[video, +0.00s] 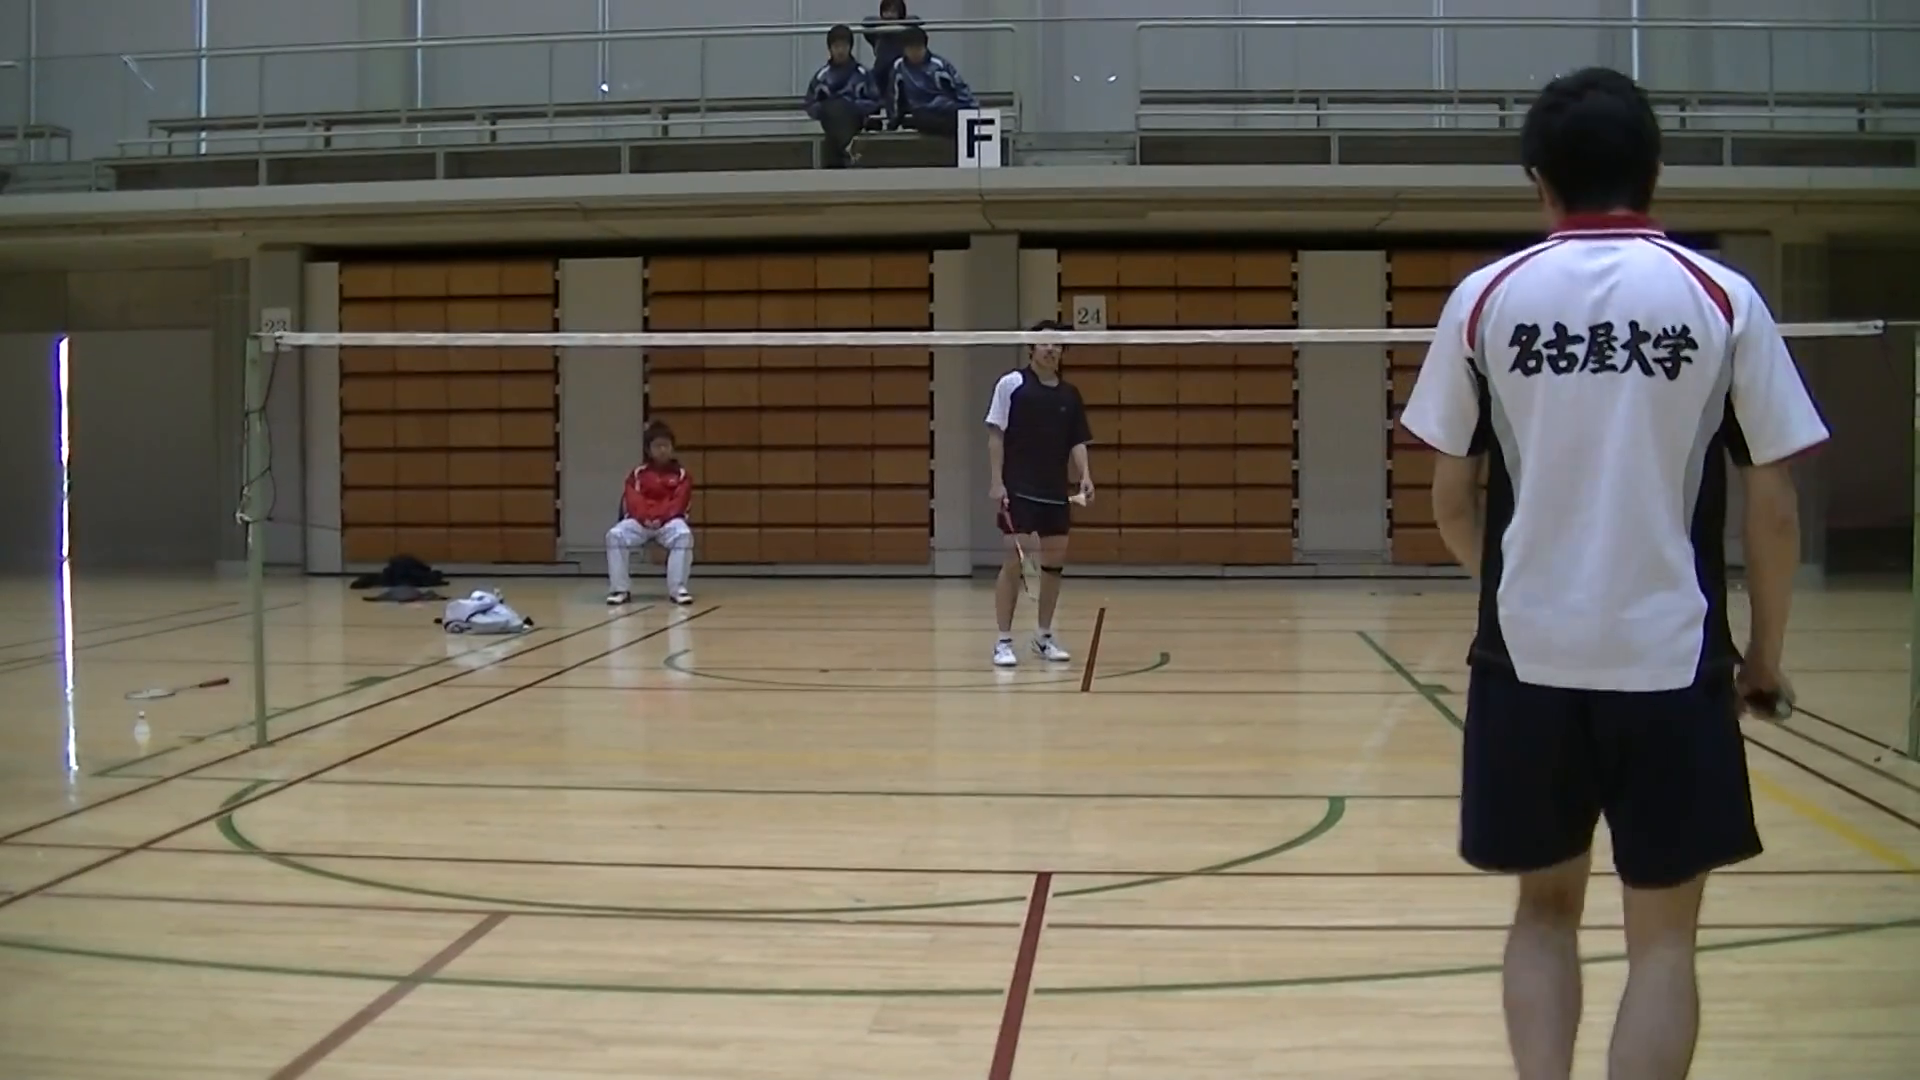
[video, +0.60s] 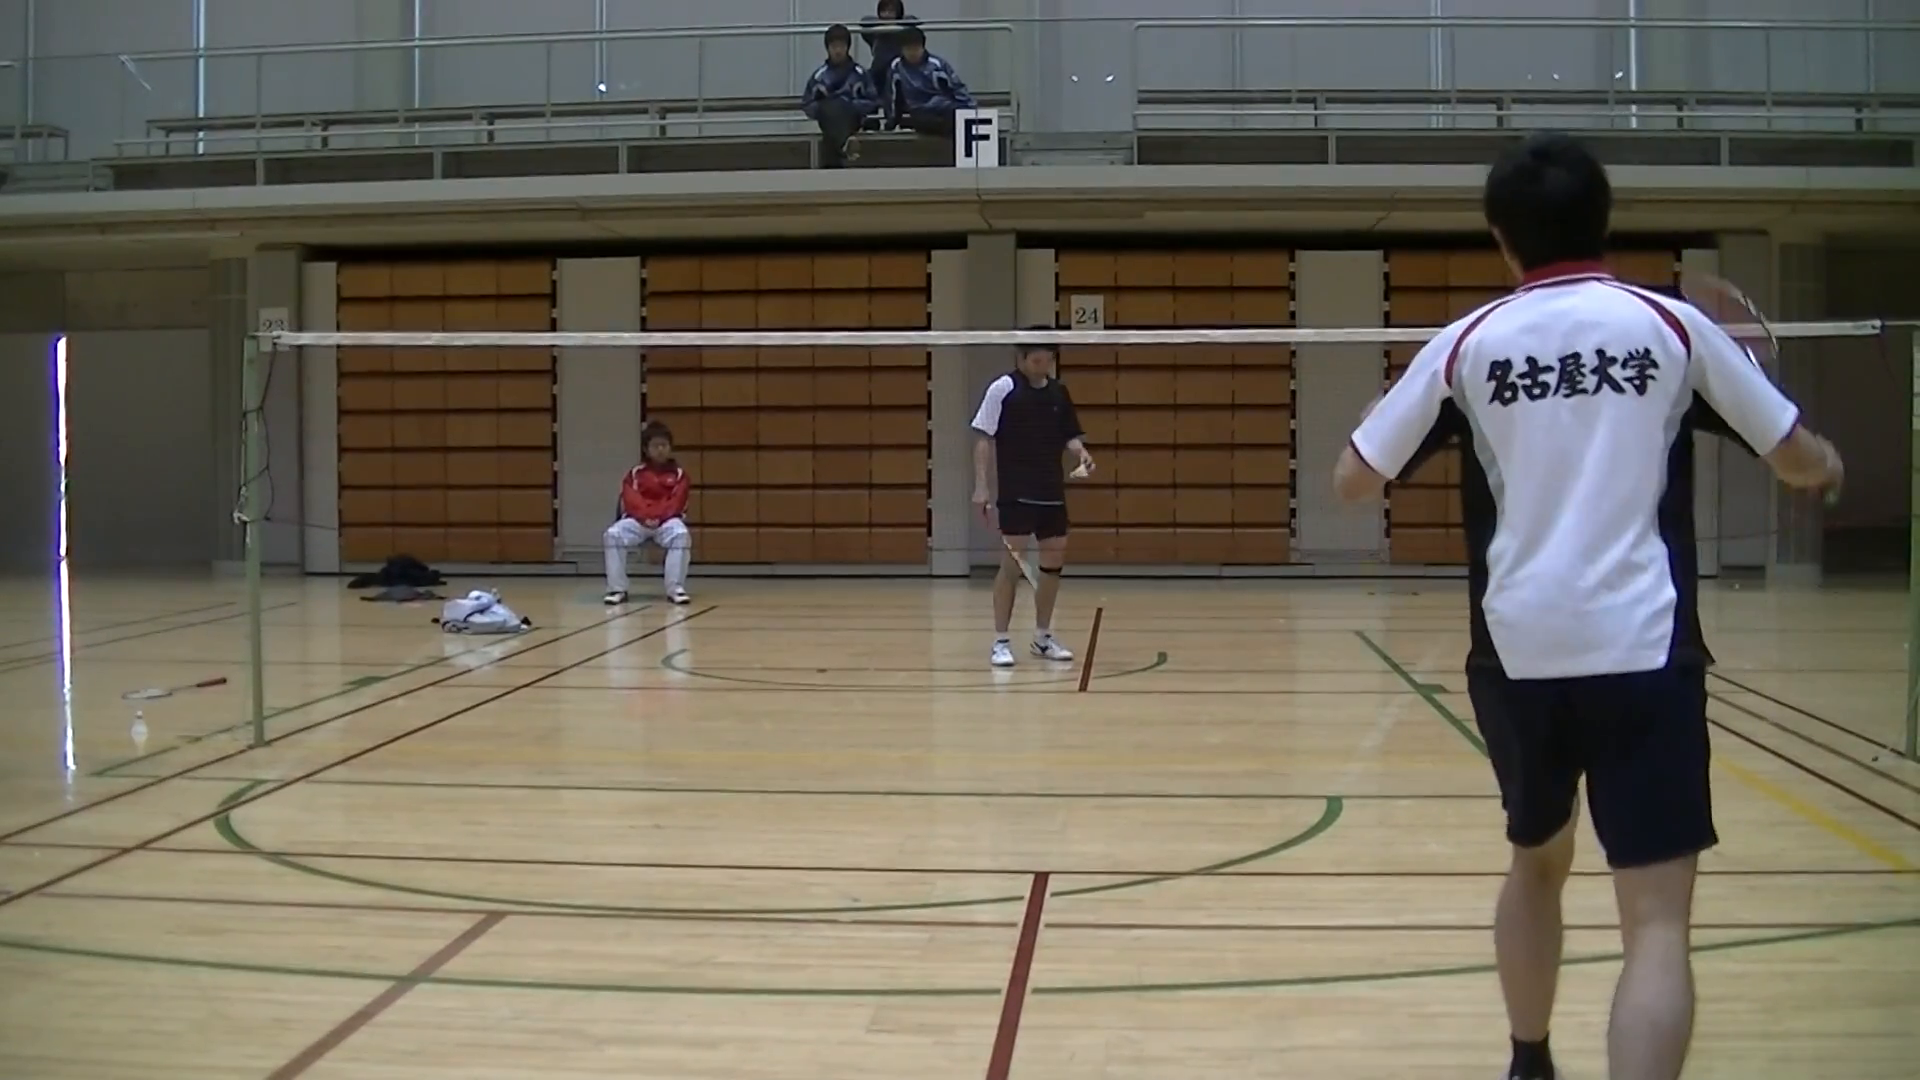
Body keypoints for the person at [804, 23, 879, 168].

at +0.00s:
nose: (840, 50)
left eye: (844, 46)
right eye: (836, 46)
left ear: (850, 47)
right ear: (829, 48)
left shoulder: (863, 73)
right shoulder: (821, 75)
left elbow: (874, 103)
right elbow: (810, 105)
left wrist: (849, 105)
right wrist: (827, 107)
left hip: (856, 122)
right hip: (830, 122)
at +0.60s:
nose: (837, 51)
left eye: (841, 46)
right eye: (833, 46)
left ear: (848, 47)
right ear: (827, 48)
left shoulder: (860, 73)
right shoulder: (819, 75)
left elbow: (873, 104)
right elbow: (807, 106)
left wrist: (847, 104)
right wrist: (826, 105)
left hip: (854, 119)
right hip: (827, 119)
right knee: (831, 106)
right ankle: (845, 144)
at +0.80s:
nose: (836, 50)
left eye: (840, 45)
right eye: (832, 45)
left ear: (847, 46)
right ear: (826, 47)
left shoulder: (859, 72)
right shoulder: (817, 75)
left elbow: (872, 103)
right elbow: (806, 105)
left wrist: (846, 104)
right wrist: (825, 106)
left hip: (853, 118)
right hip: (825, 118)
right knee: (831, 105)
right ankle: (844, 143)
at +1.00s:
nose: (836, 50)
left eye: (840, 45)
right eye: (832, 45)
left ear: (846, 47)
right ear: (826, 47)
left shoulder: (859, 72)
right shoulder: (818, 74)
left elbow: (871, 102)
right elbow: (807, 106)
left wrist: (846, 104)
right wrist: (823, 105)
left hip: (852, 119)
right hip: (826, 119)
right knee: (830, 105)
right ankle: (843, 143)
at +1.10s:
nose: (836, 50)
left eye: (840, 45)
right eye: (832, 46)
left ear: (846, 47)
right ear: (825, 47)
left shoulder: (858, 72)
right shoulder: (818, 74)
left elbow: (871, 102)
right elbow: (806, 106)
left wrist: (847, 105)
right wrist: (824, 107)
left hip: (852, 119)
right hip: (825, 118)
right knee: (830, 105)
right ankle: (843, 143)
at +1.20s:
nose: (836, 50)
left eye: (840, 45)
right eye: (832, 46)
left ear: (846, 47)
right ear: (825, 47)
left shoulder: (858, 73)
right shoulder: (817, 75)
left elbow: (871, 102)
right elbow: (806, 106)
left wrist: (847, 105)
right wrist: (823, 107)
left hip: (852, 120)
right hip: (825, 120)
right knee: (829, 106)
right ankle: (843, 142)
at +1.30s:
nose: (836, 50)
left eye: (840, 45)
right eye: (832, 46)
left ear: (846, 47)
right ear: (825, 47)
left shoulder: (858, 73)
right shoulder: (817, 75)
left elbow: (871, 102)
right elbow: (806, 106)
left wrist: (847, 105)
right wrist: (823, 107)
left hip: (852, 121)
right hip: (825, 120)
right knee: (829, 106)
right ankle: (843, 142)